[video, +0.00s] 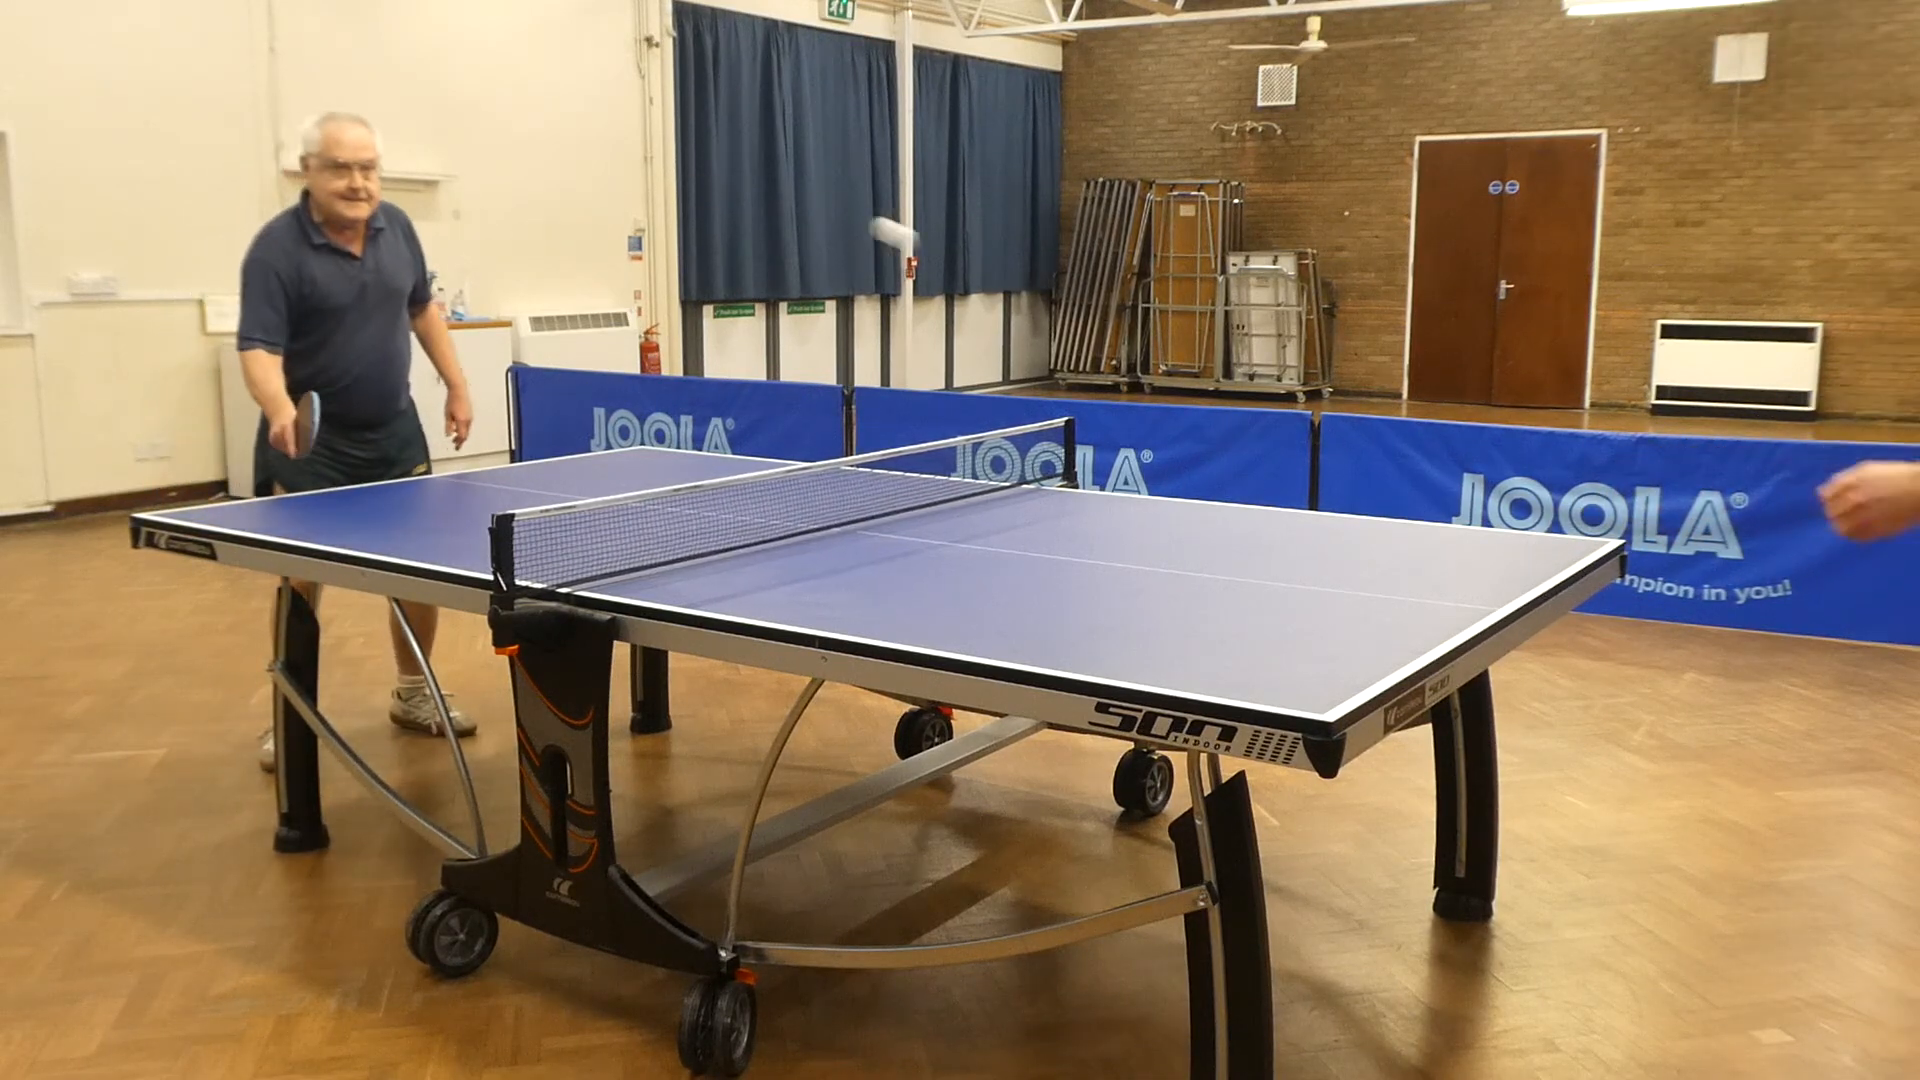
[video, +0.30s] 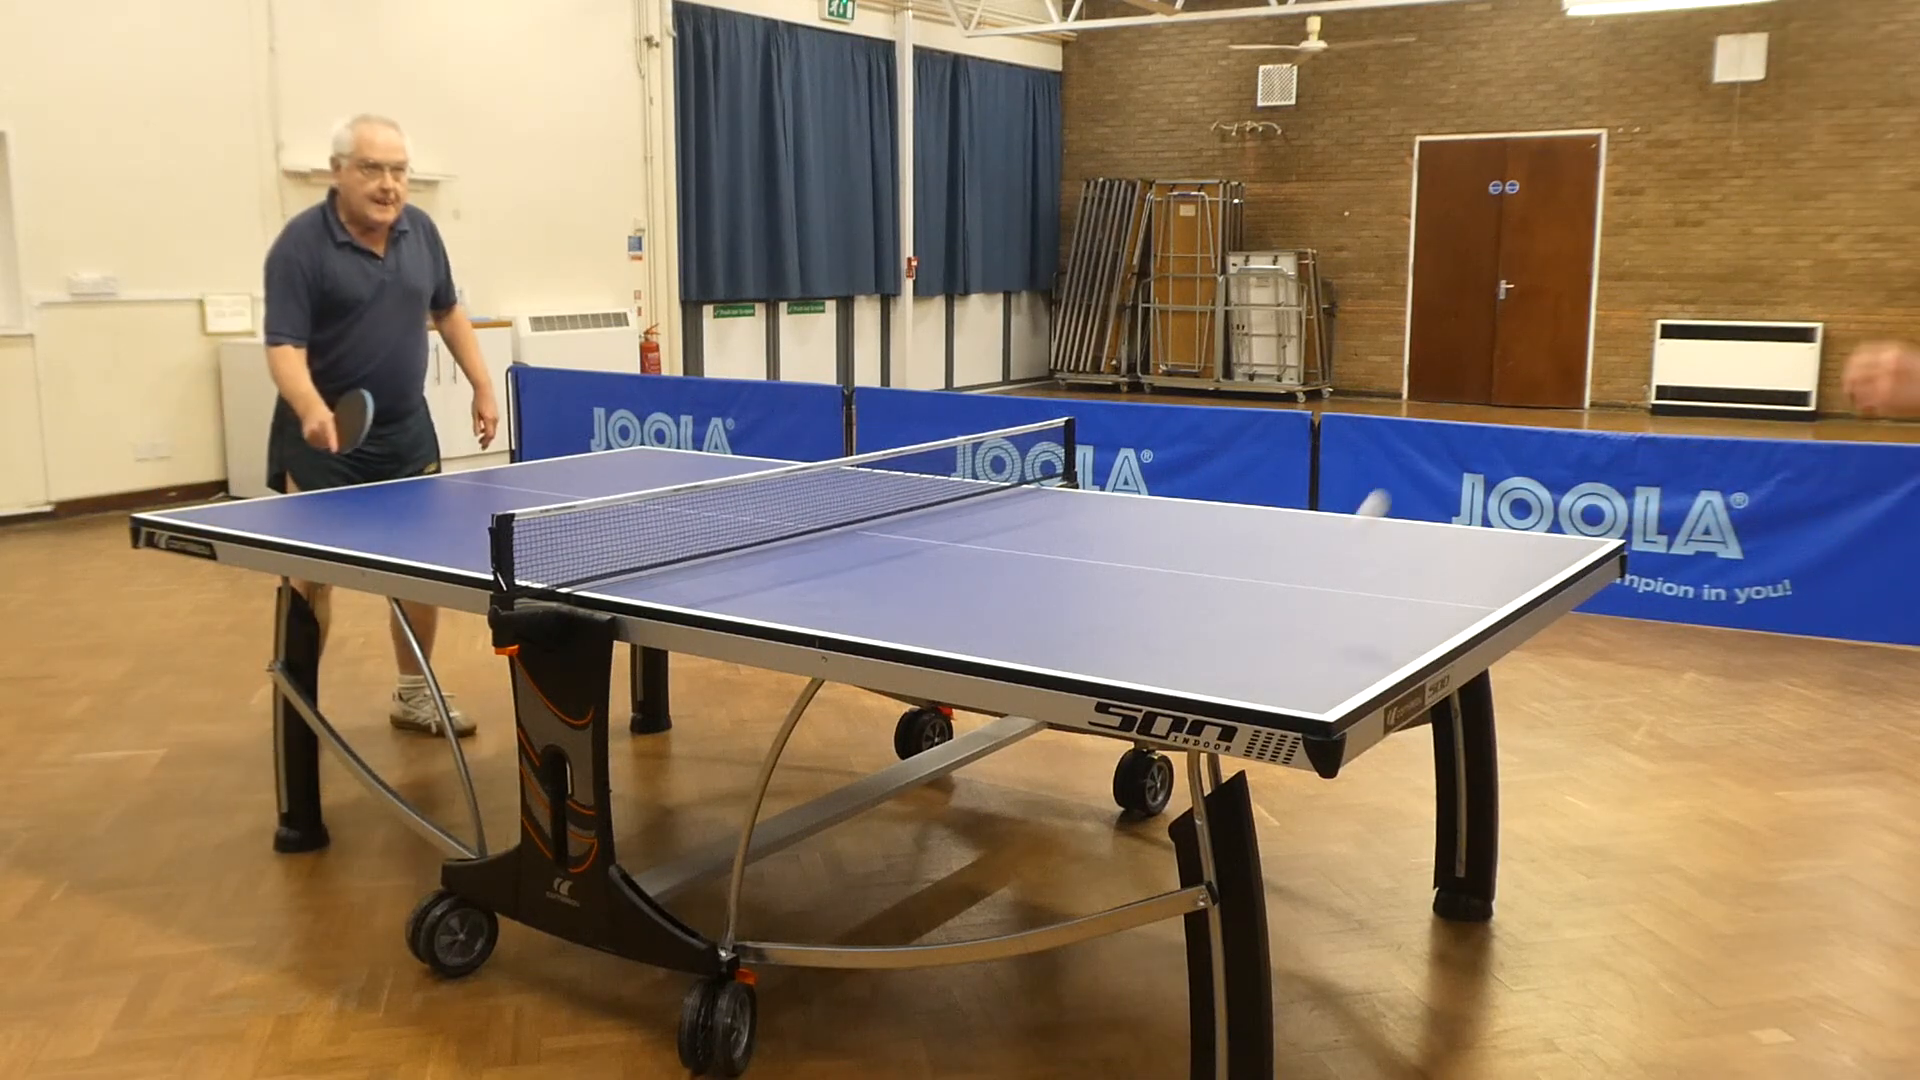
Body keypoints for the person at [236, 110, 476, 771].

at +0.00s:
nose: (358, 181)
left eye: (368, 167)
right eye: (341, 169)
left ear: (380, 168)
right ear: (306, 173)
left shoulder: (395, 228)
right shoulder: (276, 249)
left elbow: (422, 307)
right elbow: (258, 348)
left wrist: (455, 382)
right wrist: (279, 407)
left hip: (395, 433)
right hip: (309, 442)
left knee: (419, 565)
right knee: (301, 576)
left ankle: (414, 692)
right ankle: (288, 713)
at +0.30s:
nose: (389, 184)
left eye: (399, 170)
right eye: (373, 170)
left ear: (409, 174)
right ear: (337, 172)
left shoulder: (420, 232)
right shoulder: (300, 247)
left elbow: (446, 310)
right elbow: (284, 348)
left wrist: (482, 383)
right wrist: (313, 408)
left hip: (406, 430)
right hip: (321, 438)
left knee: (423, 557)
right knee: (312, 571)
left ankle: (415, 690)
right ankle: (295, 696)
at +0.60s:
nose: (368, 193)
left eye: (378, 180)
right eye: (353, 179)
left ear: (385, 182)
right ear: (314, 179)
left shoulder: (383, 236)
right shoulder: (278, 249)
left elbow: (400, 312)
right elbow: (271, 354)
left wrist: (439, 380)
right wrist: (328, 410)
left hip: (375, 428)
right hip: (298, 433)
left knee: (406, 554)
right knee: (301, 567)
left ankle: (415, 685)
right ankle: (290, 687)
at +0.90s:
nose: (365, 209)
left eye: (374, 196)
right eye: (350, 196)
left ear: (382, 195)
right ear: (313, 194)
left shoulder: (384, 248)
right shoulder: (272, 261)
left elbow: (406, 321)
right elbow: (256, 362)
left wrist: (439, 390)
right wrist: (300, 425)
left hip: (369, 424)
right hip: (294, 436)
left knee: (411, 529)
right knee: (304, 558)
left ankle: (426, 645)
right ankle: (291, 671)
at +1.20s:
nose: (398, 231)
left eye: (407, 218)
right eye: (383, 218)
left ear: (417, 217)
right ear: (348, 213)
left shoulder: (418, 262)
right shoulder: (309, 275)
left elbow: (448, 328)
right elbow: (287, 374)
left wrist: (479, 398)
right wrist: (318, 442)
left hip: (394, 428)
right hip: (321, 437)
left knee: (432, 530)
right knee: (318, 557)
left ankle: (420, 647)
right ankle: (286, 680)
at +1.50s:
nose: (413, 236)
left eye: (421, 223)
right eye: (397, 223)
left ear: (430, 222)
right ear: (362, 219)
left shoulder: (425, 268)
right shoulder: (320, 275)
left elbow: (449, 333)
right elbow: (305, 375)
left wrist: (475, 405)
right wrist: (353, 442)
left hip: (390, 426)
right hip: (317, 429)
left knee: (425, 533)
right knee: (309, 556)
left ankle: (421, 645)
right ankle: (285, 679)